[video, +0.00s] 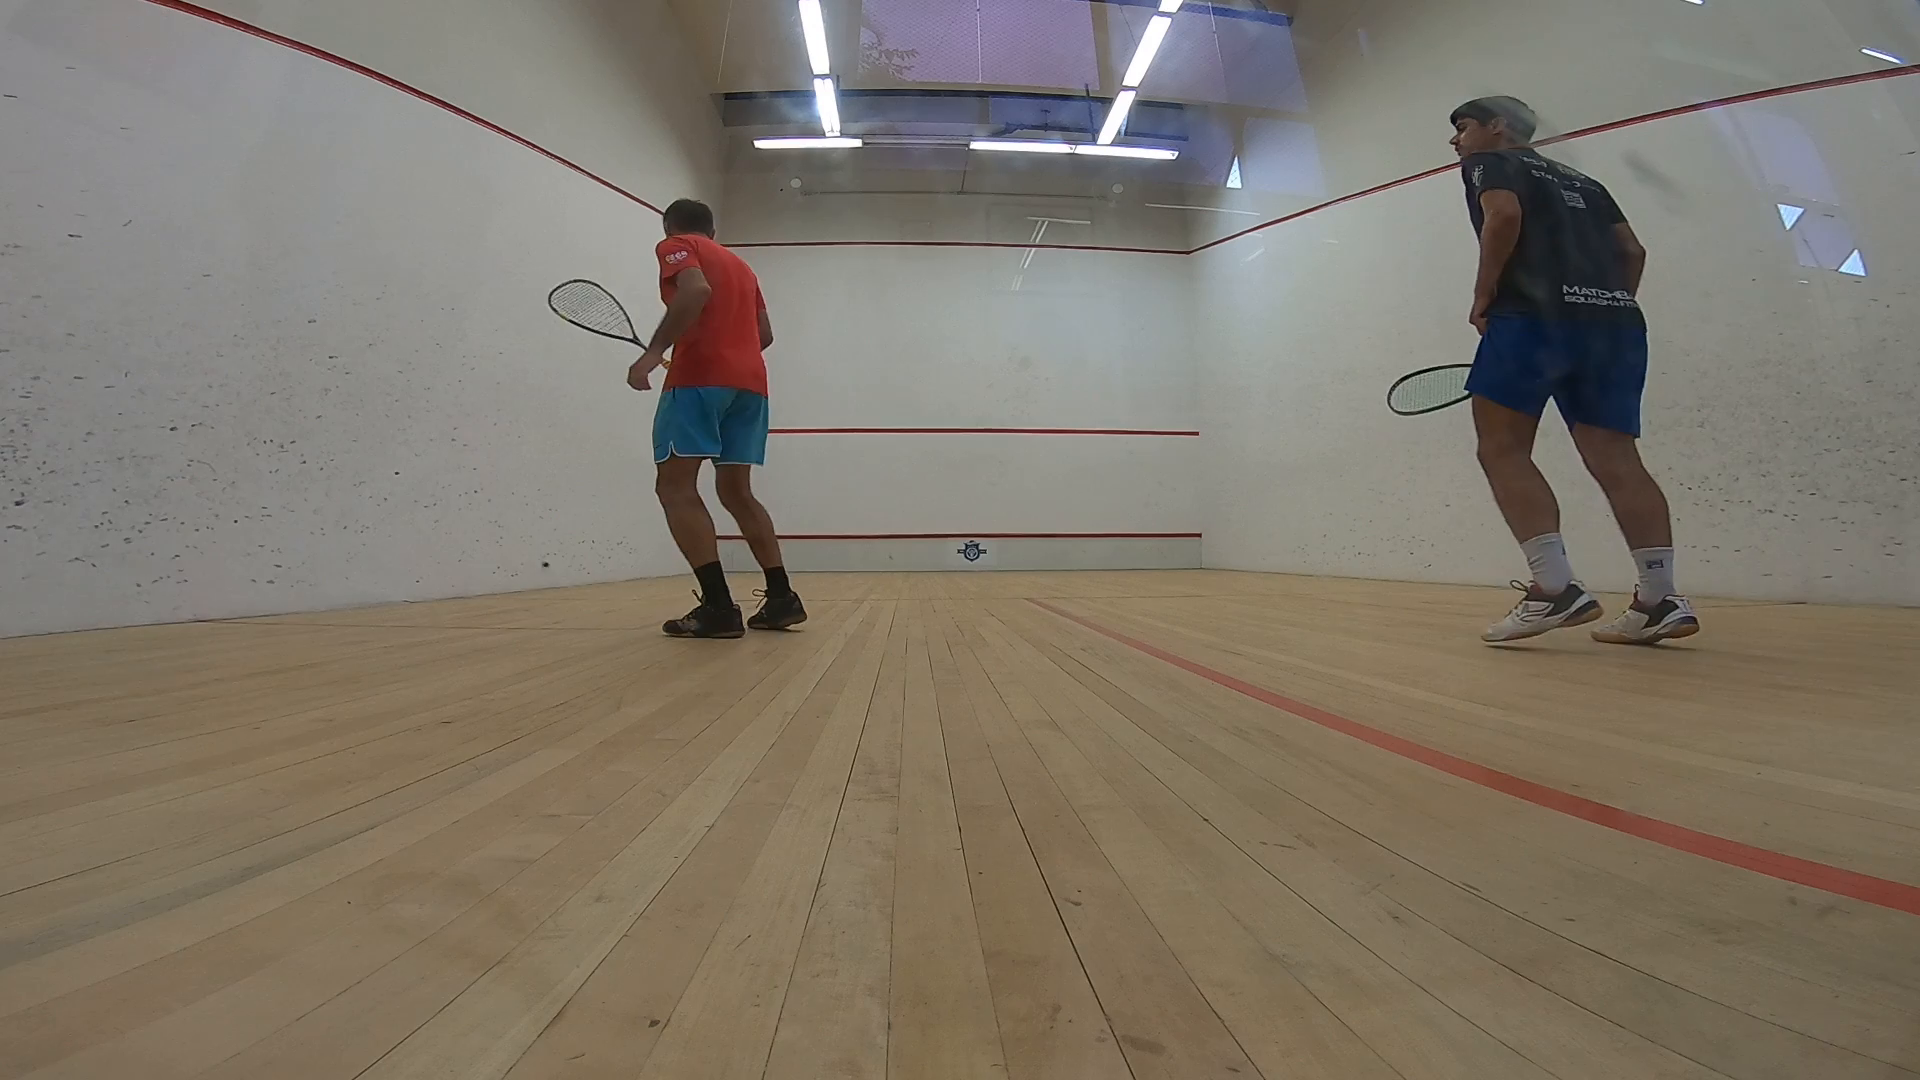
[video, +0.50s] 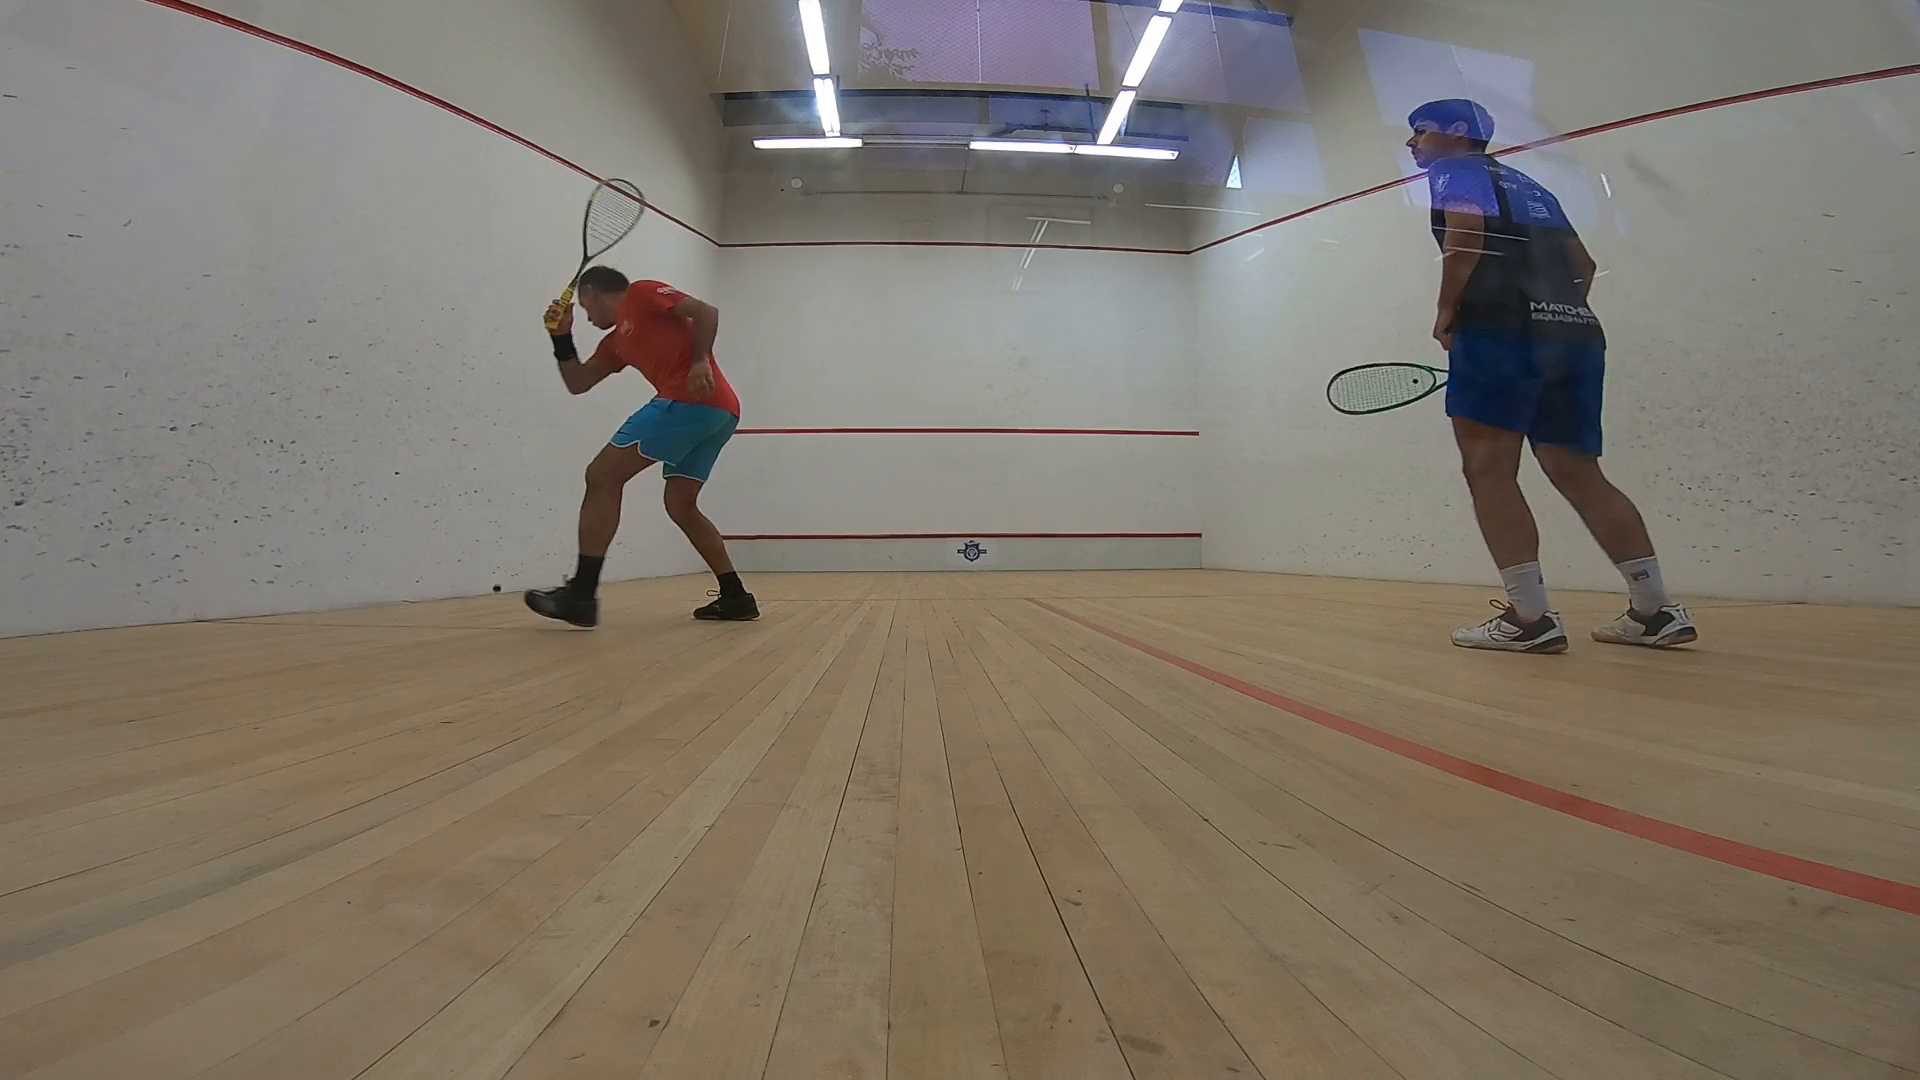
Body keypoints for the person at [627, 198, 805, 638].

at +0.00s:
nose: (665, 238)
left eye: (665, 232)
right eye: (668, 232)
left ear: (671, 228)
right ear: (710, 230)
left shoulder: (675, 243)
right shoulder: (739, 266)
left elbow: (695, 289)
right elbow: (763, 335)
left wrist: (651, 353)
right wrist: (699, 351)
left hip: (699, 377)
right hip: (751, 381)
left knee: (676, 488)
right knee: (736, 490)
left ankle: (718, 607)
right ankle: (782, 598)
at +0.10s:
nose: (654, 247)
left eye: (654, 241)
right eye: (655, 241)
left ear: (659, 234)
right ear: (698, 236)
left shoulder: (673, 251)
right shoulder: (725, 271)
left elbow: (698, 300)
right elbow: (724, 340)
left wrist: (662, 365)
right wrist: (673, 375)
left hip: (700, 383)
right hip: (743, 388)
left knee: (674, 493)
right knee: (710, 491)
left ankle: (716, 607)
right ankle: (769, 572)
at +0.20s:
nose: (647, 258)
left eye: (645, 250)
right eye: (646, 251)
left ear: (651, 242)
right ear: (684, 241)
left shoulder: (667, 254)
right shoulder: (708, 269)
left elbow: (695, 302)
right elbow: (709, 344)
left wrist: (664, 366)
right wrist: (658, 371)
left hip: (700, 383)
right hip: (734, 385)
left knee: (676, 488)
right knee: (697, 490)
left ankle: (717, 608)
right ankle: (744, 581)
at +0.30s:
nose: (637, 275)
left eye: (636, 266)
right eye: (636, 268)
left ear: (644, 255)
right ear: (670, 251)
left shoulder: (667, 265)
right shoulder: (687, 282)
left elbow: (704, 300)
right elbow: (693, 364)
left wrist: (667, 359)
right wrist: (634, 363)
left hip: (694, 395)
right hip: (724, 398)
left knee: (649, 491)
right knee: (697, 498)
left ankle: (709, 593)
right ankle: (739, 596)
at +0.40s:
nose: (619, 299)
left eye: (616, 287)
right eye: (615, 290)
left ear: (625, 274)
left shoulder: (663, 280)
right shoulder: (652, 321)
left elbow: (716, 308)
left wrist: (684, 357)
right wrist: (594, 344)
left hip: (693, 402)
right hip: (723, 407)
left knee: (611, 479)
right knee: (685, 500)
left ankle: (663, 581)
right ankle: (736, 595)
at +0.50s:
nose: (586, 316)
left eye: (584, 306)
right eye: (583, 310)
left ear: (593, 293)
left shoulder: (642, 293)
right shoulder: (618, 343)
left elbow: (706, 313)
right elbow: (577, 382)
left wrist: (701, 359)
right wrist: (561, 337)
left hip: (685, 401)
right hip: (717, 408)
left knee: (603, 475)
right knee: (680, 504)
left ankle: (581, 595)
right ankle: (735, 596)